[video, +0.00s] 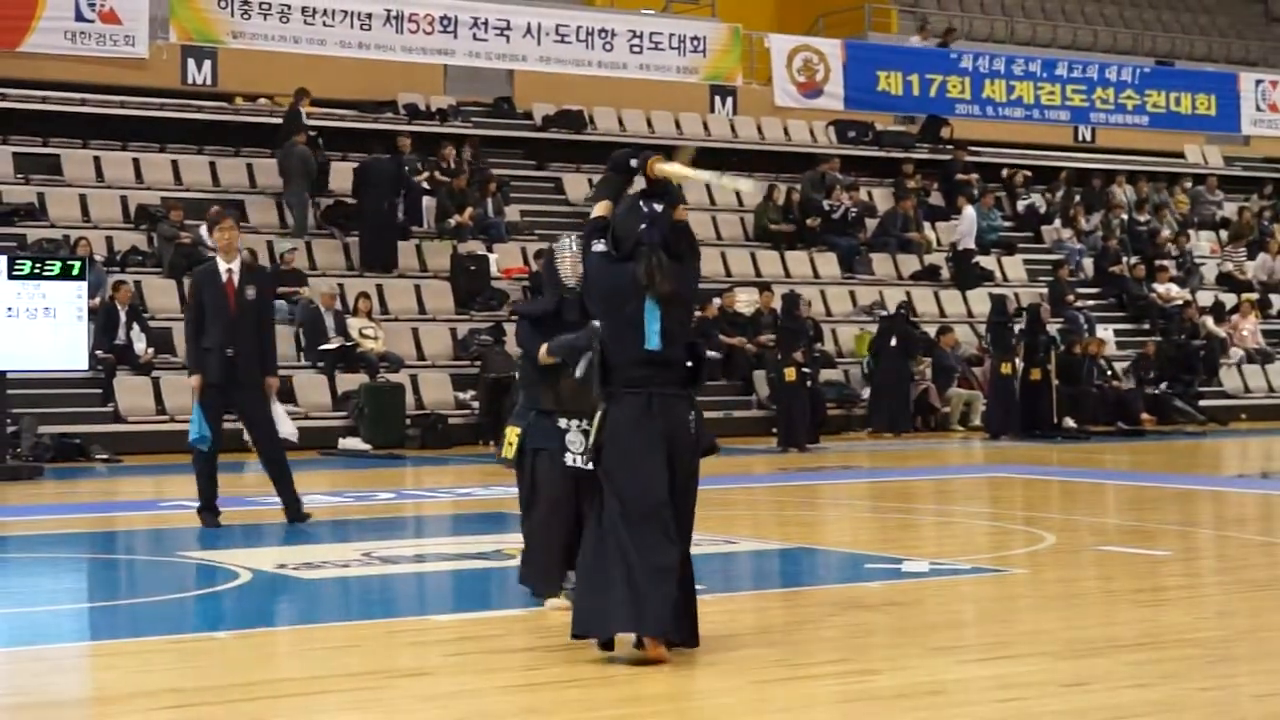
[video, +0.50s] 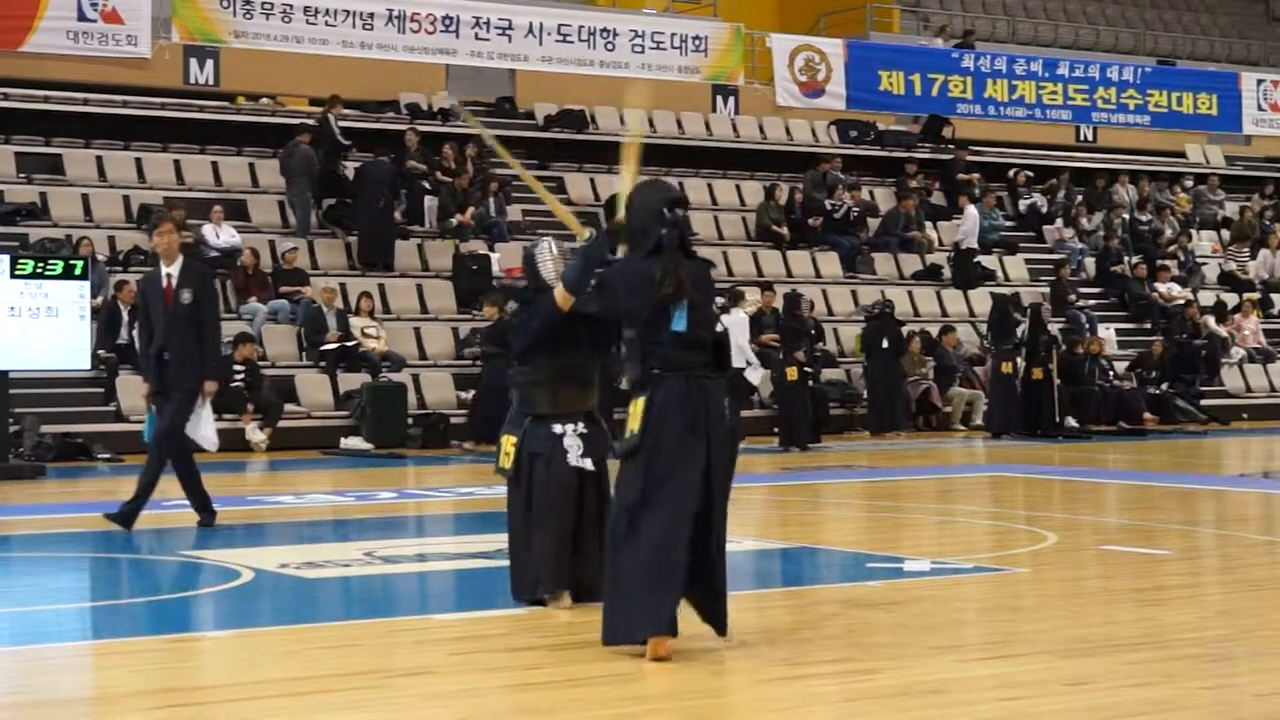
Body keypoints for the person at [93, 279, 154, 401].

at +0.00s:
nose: (129, 295)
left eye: (130, 291)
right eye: (125, 291)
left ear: (131, 293)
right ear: (115, 294)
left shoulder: (133, 309)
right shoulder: (106, 308)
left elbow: (146, 329)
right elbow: (99, 330)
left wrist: (150, 350)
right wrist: (99, 351)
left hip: (125, 347)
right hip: (108, 348)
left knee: (145, 366)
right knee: (110, 363)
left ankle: (141, 401)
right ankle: (109, 399)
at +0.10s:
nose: (130, 295)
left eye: (130, 292)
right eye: (127, 291)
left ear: (131, 293)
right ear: (116, 294)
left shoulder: (133, 308)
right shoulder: (106, 308)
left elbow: (146, 329)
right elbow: (99, 330)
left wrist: (150, 351)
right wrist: (99, 351)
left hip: (125, 347)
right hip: (108, 348)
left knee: (145, 366)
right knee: (110, 363)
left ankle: (139, 401)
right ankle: (109, 400)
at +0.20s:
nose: (130, 295)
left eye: (131, 292)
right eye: (127, 291)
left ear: (131, 294)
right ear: (116, 294)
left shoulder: (133, 309)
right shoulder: (106, 308)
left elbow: (147, 329)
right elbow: (100, 329)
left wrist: (150, 350)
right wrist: (99, 350)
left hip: (126, 347)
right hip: (109, 348)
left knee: (146, 366)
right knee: (110, 363)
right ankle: (110, 399)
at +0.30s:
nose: (131, 295)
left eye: (131, 292)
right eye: (127, 291)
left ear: (132, 293)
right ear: (117, 294)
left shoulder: (134, 309)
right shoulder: (107, 308)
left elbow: (148, 329)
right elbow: (100, 330)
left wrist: (151, 350)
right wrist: (100, 350)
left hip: (127, 347)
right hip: (109, 348)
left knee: (146, 365)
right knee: (111, 363)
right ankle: (110, 398)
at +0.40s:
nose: (132, 294)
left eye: (132, 291)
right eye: (129, 291)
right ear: (118, 294)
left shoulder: (135, 309)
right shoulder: (108, 308)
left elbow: (147, 328)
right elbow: (101, 329)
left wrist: (151, 347)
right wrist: (100, 349)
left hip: (127, 347)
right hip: (109, 347)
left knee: (144, 365)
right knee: (111, 364)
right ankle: (111, 399)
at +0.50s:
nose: (133, 295)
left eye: (133, 291)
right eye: (129, 292)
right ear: (119, 294)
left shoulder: (136, 309)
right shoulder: (108, 307)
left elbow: (141, 330)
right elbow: (102, 329)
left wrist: (143, 349)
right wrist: (101, 349)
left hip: (129, 346)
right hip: (112, 347)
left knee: (142, 365)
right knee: (112, 364)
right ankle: (110, 399)